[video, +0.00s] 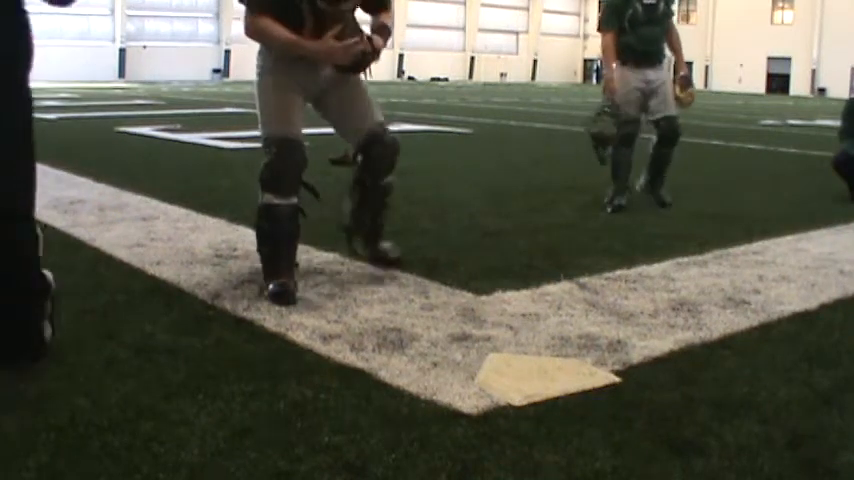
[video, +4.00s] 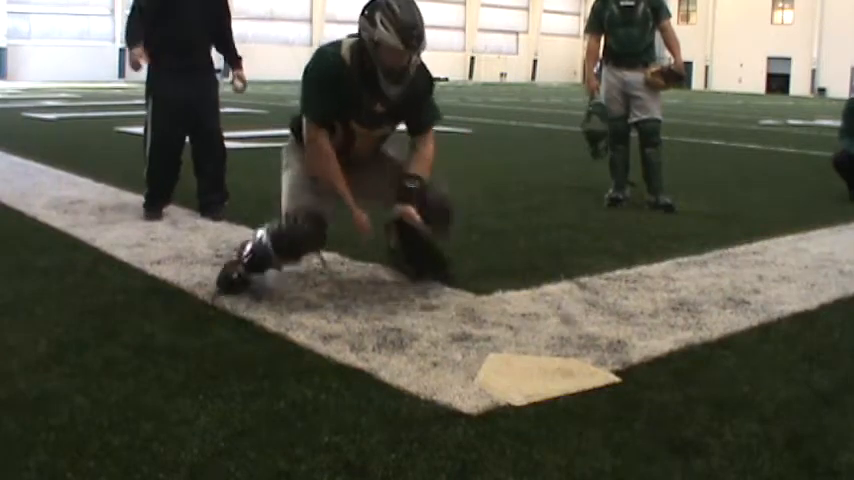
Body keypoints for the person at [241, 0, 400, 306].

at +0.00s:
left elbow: (383, 11)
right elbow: (254, 23)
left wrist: (377, 38)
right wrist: (318, 50)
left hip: (337, 57)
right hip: (283, 57)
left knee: (379, 146)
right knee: (286, 156)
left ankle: (366, 231)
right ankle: (279, 271)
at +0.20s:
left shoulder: (396, 4)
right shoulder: (301, 5)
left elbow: (420, 51)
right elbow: (268, 57)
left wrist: (395, 80)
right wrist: (331, 81)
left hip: (357, 86)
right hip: (298, 84)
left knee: (397, 161)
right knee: (294, 164)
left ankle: (409, 260)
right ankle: (280, 275)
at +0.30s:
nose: (384, 28)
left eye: (391, 20)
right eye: (376, 18)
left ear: (399, 8)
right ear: (356, 5)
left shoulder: (406, 32)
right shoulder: (320, 21)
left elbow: (439, 87)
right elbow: (279, 86)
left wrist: (405, 110)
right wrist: (341, 110)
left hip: (367, 108)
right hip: (308, 107)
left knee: (413, 164)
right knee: (302, 169)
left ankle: (412, 261)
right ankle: (280, 273)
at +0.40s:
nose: (395, 27)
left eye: (400, 17)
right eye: (385, 18)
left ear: (408, 17)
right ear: (361, 17)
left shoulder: (414, 63)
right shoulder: (325, 52)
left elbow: (452, 115)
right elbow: (287, 113)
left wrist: (416, 132)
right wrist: (354, 132)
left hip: (374, 143)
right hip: (316, 137)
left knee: (423, 169)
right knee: (307, 173)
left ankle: (412, 264)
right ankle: (281, 274)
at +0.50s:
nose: (397, 57)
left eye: (402, 47)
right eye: (387, 48)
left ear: (410, 45)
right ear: (363, 45)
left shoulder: (417, 88)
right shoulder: (327, 80)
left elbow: (462, 137)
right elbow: (290, 136)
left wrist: (424, 147)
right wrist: (359, 150)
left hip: (388, 166)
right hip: (329, 164)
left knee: (434, 179)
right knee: (305, 178)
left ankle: (411, 265)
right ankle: (282, 275)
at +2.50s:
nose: (401, 50)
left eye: (404, 41)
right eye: (390, 42)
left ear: (410, 43)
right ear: (364, 47)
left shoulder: (413, 96)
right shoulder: (325, 89)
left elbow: (467, 146)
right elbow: (278, 141)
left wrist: (433, 153)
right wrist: (347, 158)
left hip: (394, 170)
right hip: (332, 170)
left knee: (438, 182)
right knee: (298, 192)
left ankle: (431, 263)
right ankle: (255, 277)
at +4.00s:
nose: (400, 64)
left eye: (407, 55)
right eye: (392, 54)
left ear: (417, 51)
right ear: (369, 44)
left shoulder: (418, 79)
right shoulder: (328, 64)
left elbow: (424, 140)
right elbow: (315, 143)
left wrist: (409, 197)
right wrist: (352, 206)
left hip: (366, 158)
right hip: (313, 153)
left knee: (433, 206)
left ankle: (412, 255)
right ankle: (250, 261)